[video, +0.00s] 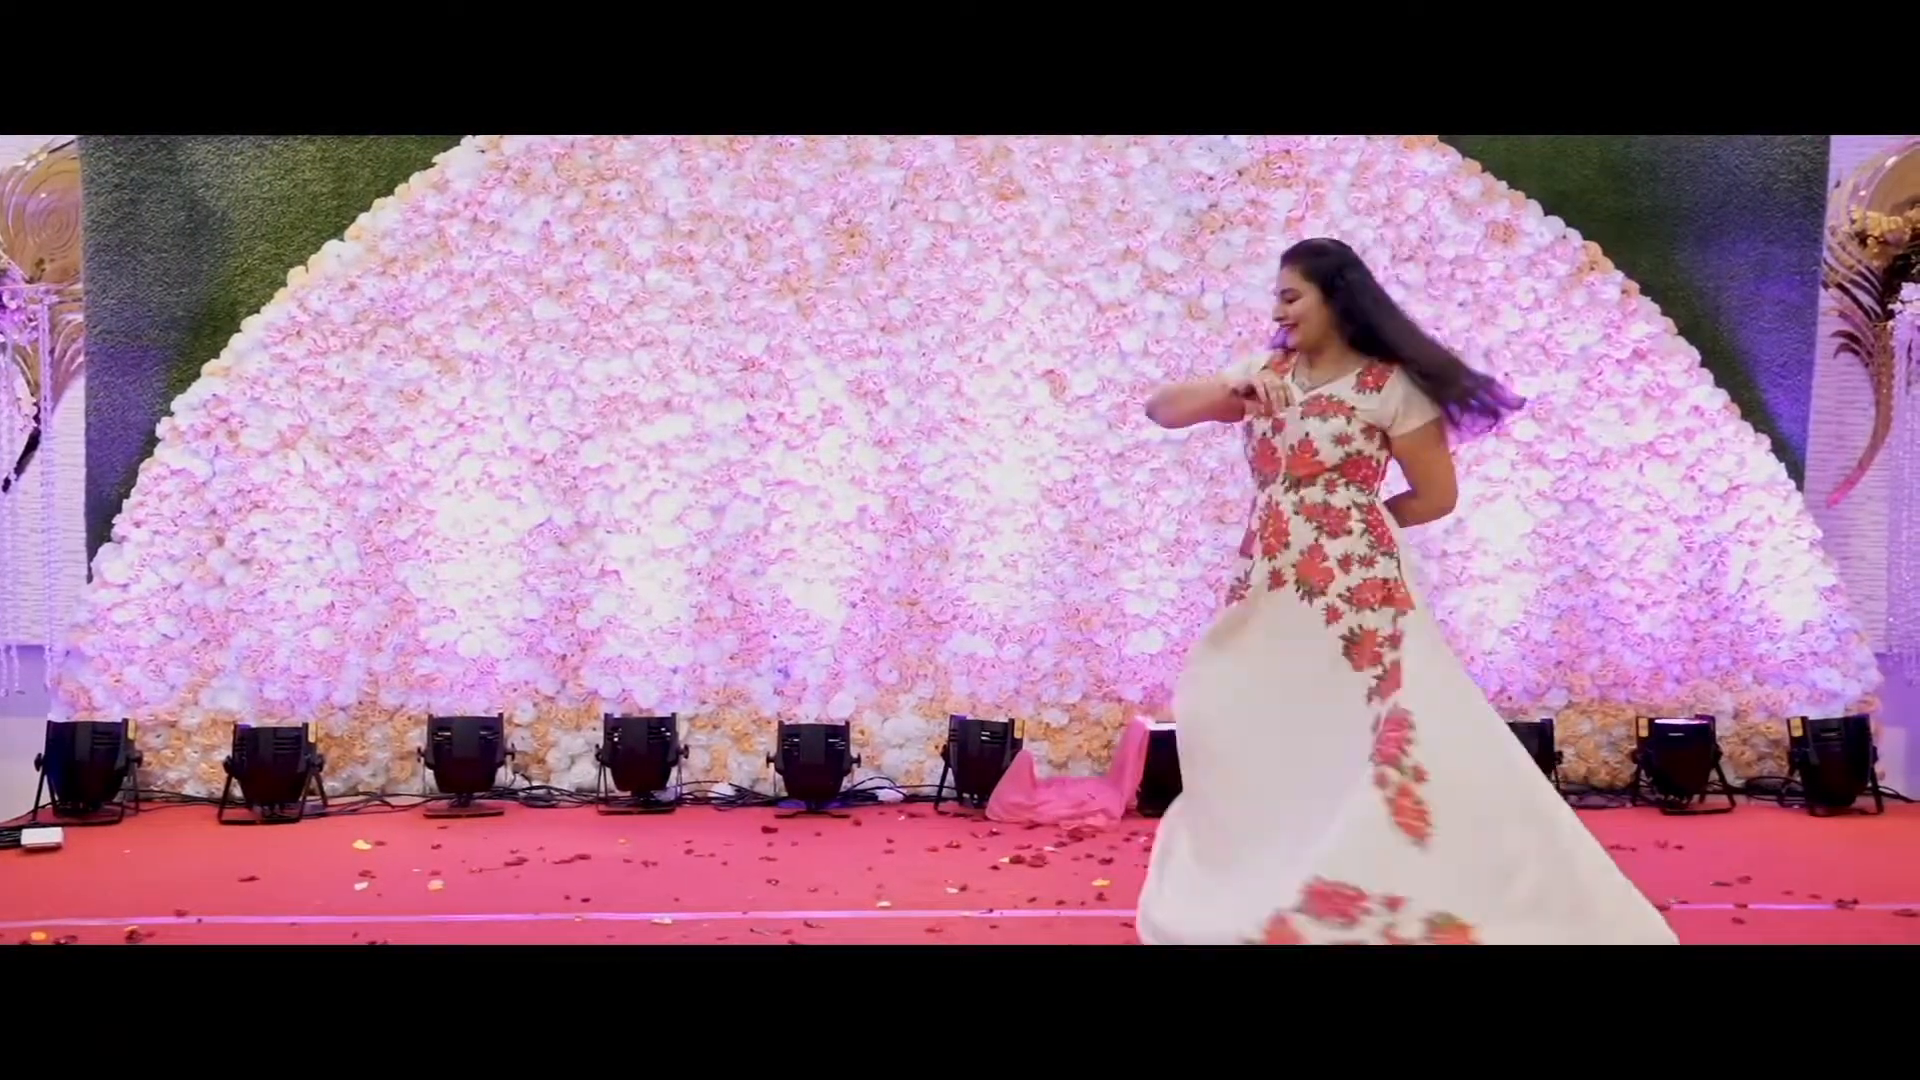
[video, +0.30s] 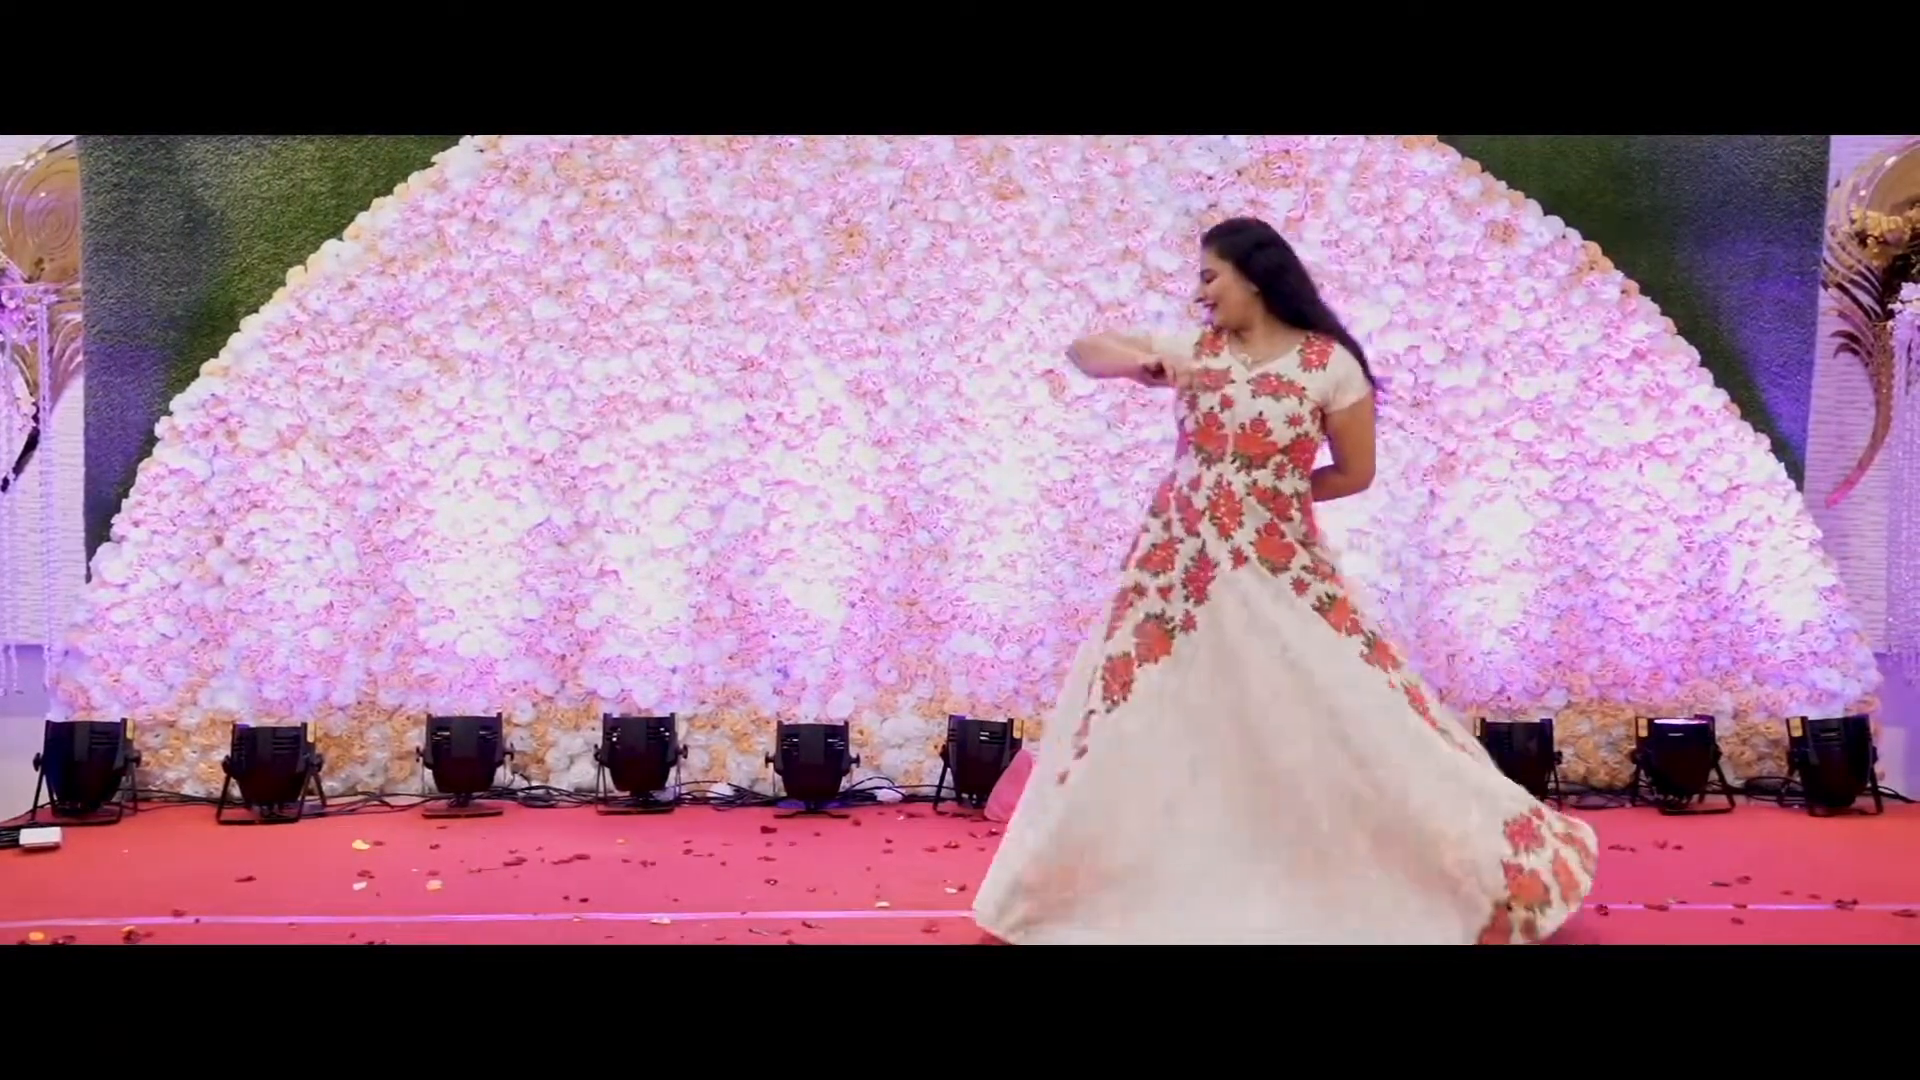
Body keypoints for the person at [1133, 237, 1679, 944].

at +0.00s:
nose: (1280, 309)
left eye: (1293, 295)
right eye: (1278, 296)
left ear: (1338, 301)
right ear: (1285, 304)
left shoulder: (1388, 386)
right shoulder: (1267, 378)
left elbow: (1437, 496)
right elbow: (1162, 407)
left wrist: (1354, 524)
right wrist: (1229, 390)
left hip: (1353, 586)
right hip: (1271, 581)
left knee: (1365, 745)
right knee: (1230, 724)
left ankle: (1373, 909)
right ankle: (1260, 902)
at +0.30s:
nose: (1201, 289)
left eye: (1212, 274)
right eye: (1200, 275)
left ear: (1260, 276)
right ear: (1224, 283)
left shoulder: (1329, 362)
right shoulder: (1198, 352)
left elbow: (1355, 472)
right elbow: (1085, 349)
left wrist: (1281, 493)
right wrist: (1153, 360)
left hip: (1268, 558)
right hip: (1182, 552)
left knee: (1278, 737)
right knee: (1169, 729)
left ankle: (1283, 910)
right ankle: (1166, 909)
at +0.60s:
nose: (1123, 298)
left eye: (1131, 284)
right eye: (1120, 286)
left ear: (1174, 280)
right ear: (1143, 287)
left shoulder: (1244, 370)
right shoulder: (1117, 351)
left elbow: (1272, 475)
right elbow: (1038, 353)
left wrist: (1193, 493)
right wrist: (1037, 327)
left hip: (1175, 550)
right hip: (1091, 541)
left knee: (1168, 712)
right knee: (1087, 706)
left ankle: (1167, 884)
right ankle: (1094, 882)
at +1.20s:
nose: (1122, 300)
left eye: (1131, 286)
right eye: (1115, 289)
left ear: (1170, 283)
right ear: (1113, 297)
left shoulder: (1243, 333)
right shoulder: (1117, 362)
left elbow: (1314, 421)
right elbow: (1133, 427)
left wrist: (1256, 478)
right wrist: (1127, 325)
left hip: (1255, 539)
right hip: (1171, 547)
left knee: (1254, 709)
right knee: (1171, 711)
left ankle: (1252, 888)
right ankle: (1169, 886)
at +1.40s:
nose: (1156, 303)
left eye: (1168, 289)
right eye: (1149, 291)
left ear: (1212, 285)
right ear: (1149, 293)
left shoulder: (1277, 339)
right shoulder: (1147, 355)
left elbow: (1351, 426)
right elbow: (1172, 418)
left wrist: (1289, 481)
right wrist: (1224, 333)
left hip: (1296, 545)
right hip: (1215, 548)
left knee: (1295, 720)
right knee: (1219, 717)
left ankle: (1284, 895)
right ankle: (1206, 894)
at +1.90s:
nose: (1225, 323)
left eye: (1239, 311)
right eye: (1210, 310)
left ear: (1255, 316)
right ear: (1184, 312)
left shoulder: (1274, 399)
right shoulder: (1156, 370)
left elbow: (1297, 498)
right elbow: (1085, 330)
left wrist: (1228, 494)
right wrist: (1184, 348)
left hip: (1250, 566)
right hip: (1169, 561)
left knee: (1263, 724)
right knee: (1163, 722)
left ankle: (1269, 890)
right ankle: (1164, 890)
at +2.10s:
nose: (1179, 312)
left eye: (1192, 300)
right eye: (1165, 297)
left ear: (1204, 310)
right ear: (1131, 300)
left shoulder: (1212, 393)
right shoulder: (1081, 355)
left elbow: (1225, 499)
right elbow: (980, 328)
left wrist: (1158, 507)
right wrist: (1071, 309)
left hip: (1157, 566)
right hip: (1076, 553)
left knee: (1156, 723)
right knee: (1056, 715)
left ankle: (1148, 891)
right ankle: (1052, 888)